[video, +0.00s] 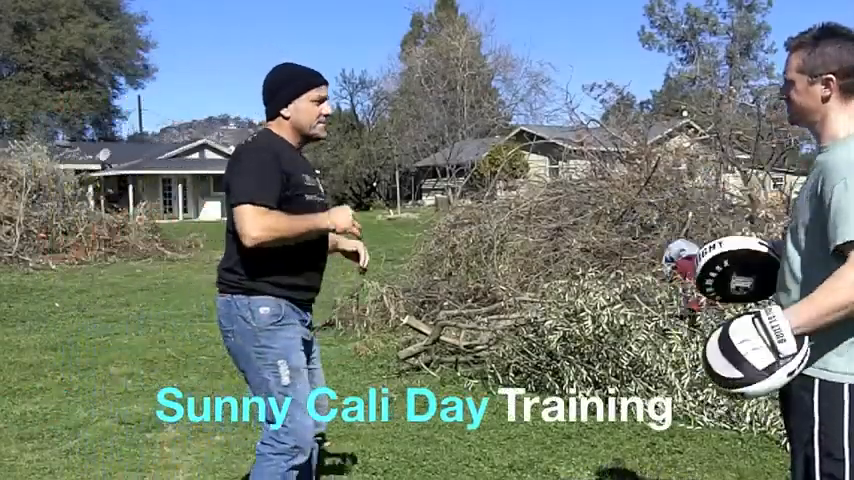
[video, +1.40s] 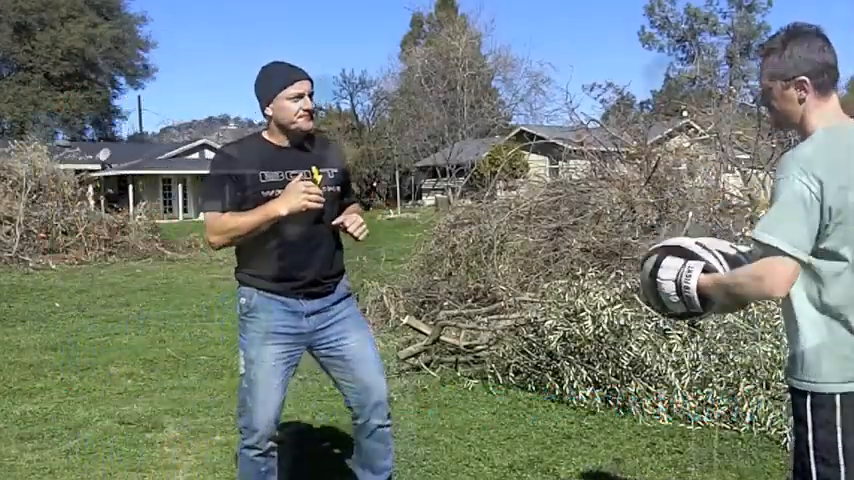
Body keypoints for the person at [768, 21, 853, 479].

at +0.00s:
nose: (784, 94)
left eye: (791, 84)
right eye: (785, 84)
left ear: (826, 87)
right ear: (826, 87)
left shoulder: (841, 167)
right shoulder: (828, 163)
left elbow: (853, 270)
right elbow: (816, 254)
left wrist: (777, 327)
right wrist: (759, 263)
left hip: (832, 374)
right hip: (814, 368)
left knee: (827, 472)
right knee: (812, 470)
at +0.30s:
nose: (764, 100)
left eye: (770, 88)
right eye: (765, 89)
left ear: (808, 90)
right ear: (809, 90)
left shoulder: (835, 170)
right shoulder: (818, 160)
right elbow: (826, 257)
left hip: (827, 372)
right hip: (806, 365)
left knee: (826, 470)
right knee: (807, 467)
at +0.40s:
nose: (759, 102)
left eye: (765, 90)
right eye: (760, 90)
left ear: (803, 90)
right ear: (805, 91)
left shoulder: (833, 167)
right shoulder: (818, 158)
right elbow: (826, 262)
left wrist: (828, 344)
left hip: (825, 373)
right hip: (806, 366)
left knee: (826, 472)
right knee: (809, 469)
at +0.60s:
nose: (758, 105)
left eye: (764, 92)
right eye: (759, 93)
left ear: (802, 90)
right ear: (804, 90)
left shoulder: (829, 160)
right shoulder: (825, 154)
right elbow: (826, 260)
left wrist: (793, 311)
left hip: (827, 377)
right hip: (819, 372)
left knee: (823, 472)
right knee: (817, 470)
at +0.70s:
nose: (760, 106)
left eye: (765, 93)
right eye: (760, 94)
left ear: (803, 90)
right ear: (805, 90)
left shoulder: (828, 160)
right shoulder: (833, 149)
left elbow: (853, 256)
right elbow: (830, 250)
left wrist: (778, 308)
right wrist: (786, 230)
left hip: (825, 376)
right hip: (822, 372)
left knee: (822, 472)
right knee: (819, 469)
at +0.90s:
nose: (765, 106)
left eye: (771, 94)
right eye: (764, 95)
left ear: (808, 91)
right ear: (811, 91)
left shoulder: (828, 161)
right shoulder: (834, 152)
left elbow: (820, 274)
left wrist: (720, 303)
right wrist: (773, 243)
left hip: (826, 376)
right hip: (829, 372)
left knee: (820, 471)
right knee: (818, 468)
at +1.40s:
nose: (765, 108)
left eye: (767, 95)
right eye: (763, 96)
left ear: (801, 89)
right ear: (812, 87)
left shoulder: (807, 162)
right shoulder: (846, 141)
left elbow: (774, 278)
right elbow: (829, 256)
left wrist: (712, 287)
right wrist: (746, 264)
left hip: (829, 372)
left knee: (825, 473)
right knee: (825, 470)